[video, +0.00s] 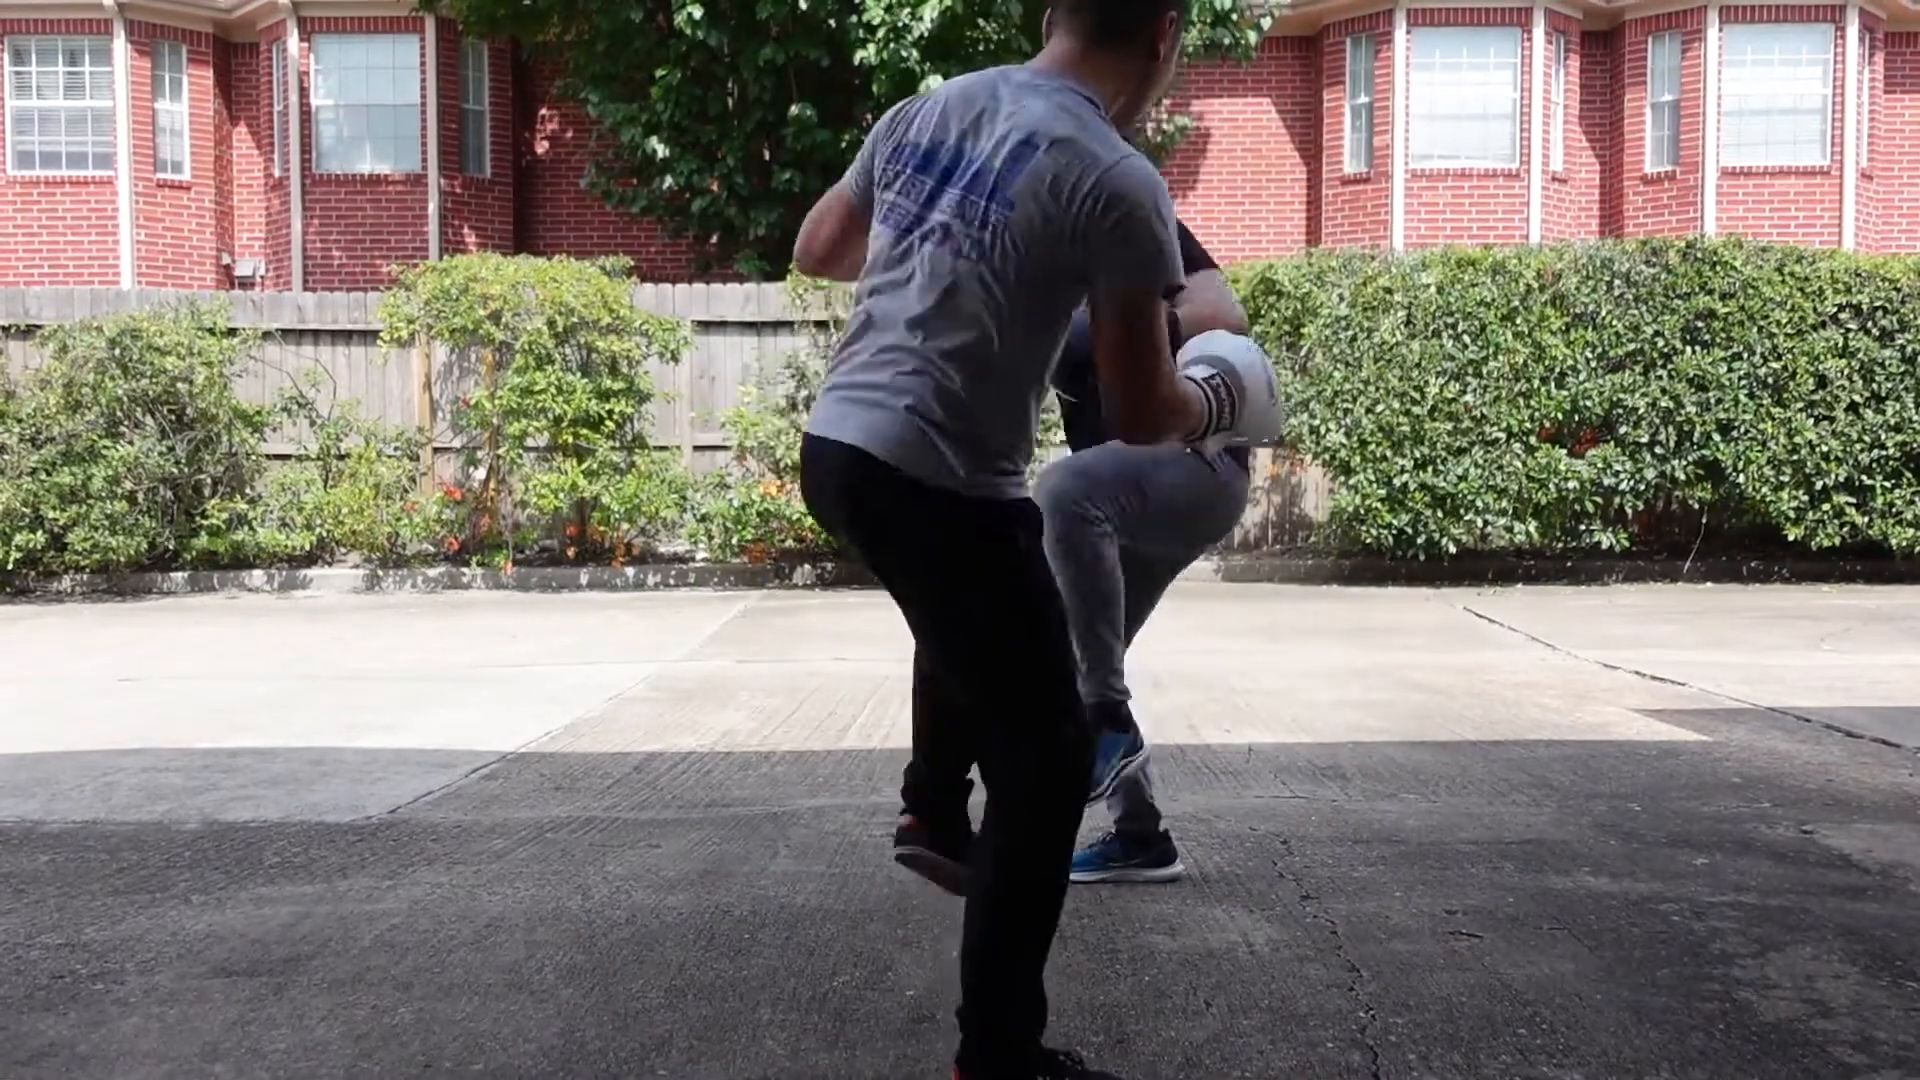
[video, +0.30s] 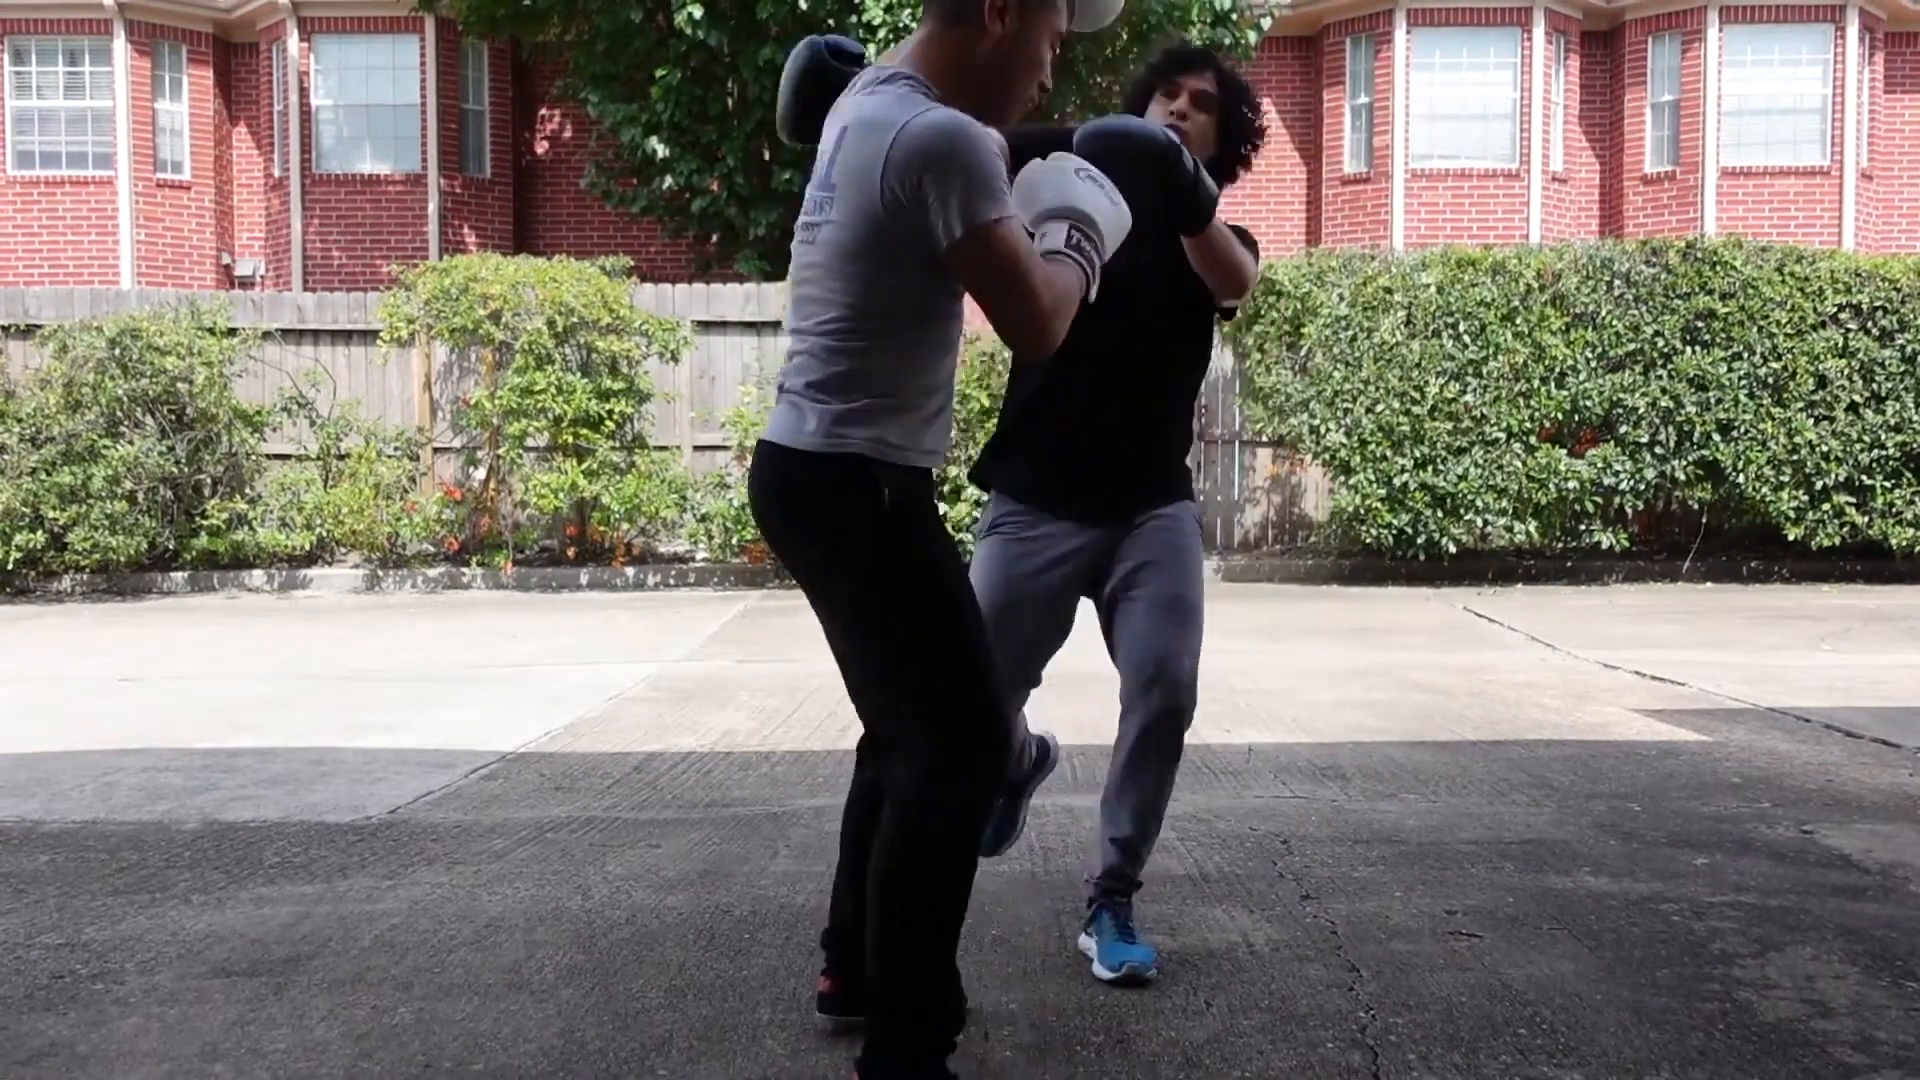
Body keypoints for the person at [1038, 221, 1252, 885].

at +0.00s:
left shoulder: (1131, 214)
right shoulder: (1026, 256)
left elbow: (1221, 311)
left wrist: (1111, 340)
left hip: (1201, 466)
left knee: (1070, 487)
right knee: (1086, 659)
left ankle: (1106, 718)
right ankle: (1137, 830)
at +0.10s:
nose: (1071, 184)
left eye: (1086, 167)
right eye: (1064, 168)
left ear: (1119, 170)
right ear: (1048, 177)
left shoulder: (1173, 239)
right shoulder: (1038, 249)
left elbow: (1274, 337)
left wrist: (1213, 298)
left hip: (1176, 488)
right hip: (1083, 498)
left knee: (1114, 602)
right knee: (1068, 670)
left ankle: (1115, 841)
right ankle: (1131, 829)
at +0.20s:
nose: (1112, 144)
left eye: (1133, 129)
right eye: (1088, 127)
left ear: (1149, 122)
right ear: (1074, 124)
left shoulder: (1188, 210)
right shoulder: (1037, 205)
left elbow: (1261, 307)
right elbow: (977, 294)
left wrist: (1202, 187)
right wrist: (1037, 181)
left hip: (1161, 511)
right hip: (1054, 512)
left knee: (1150, 689)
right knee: (1045, 697)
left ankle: (1110, 898)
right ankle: (1109, 805)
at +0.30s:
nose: (1178, 113)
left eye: (1203, 108)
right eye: (1168, 98)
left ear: (1228, 142)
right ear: (1138, 108)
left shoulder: (1224, 239)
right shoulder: (1072, 188)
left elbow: (1231, 286)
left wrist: (1171, 172)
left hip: (1154, 505)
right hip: (1035, 498)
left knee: (1167, 691)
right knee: (976, 695)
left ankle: (1113, 900)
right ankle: (1021, 765)